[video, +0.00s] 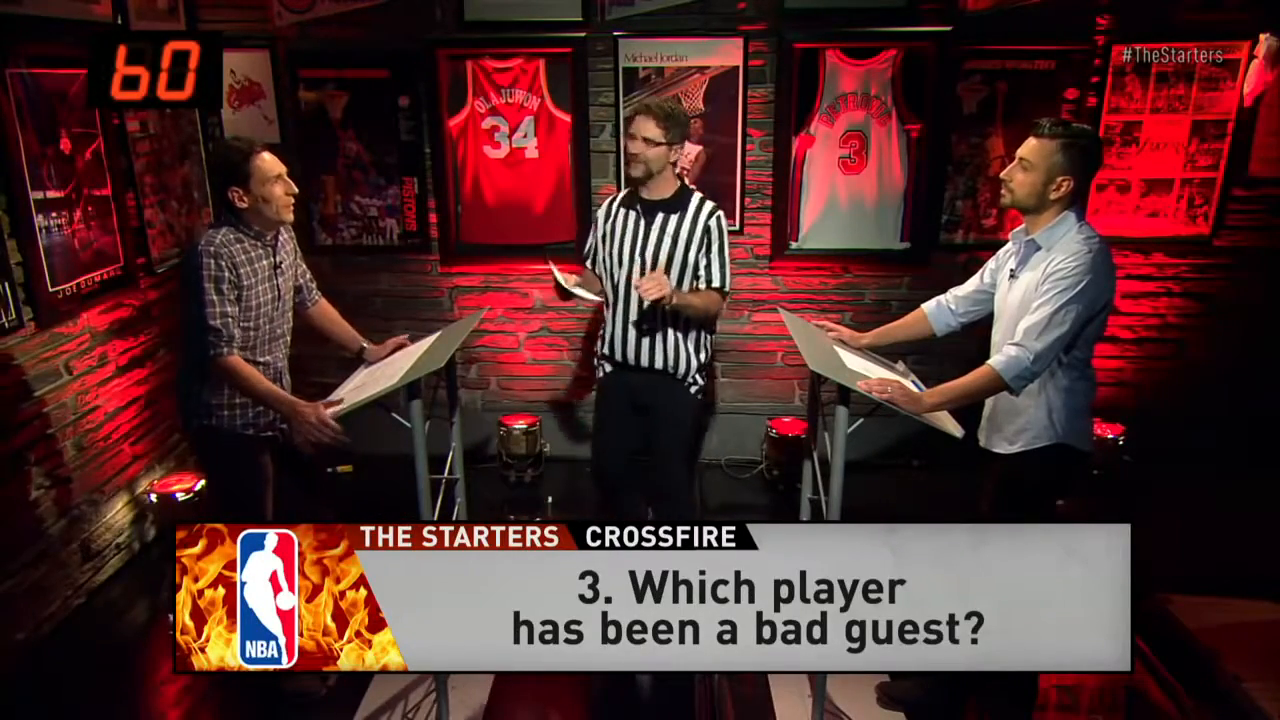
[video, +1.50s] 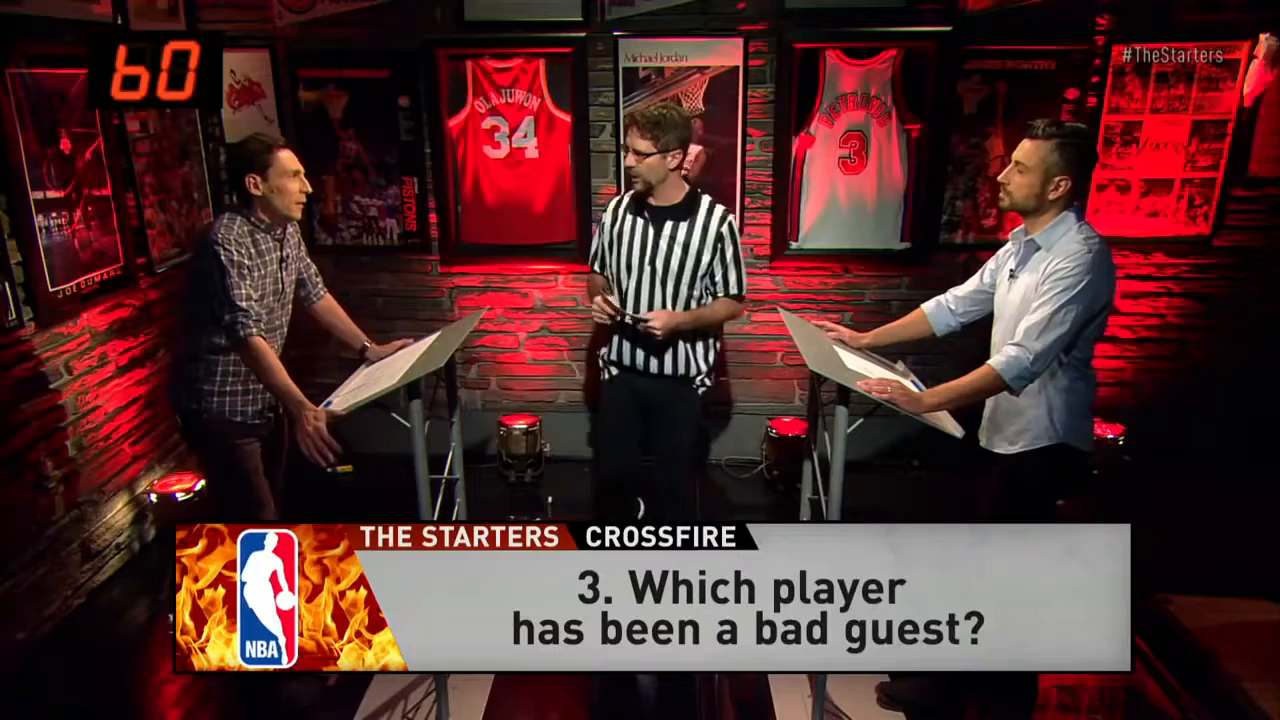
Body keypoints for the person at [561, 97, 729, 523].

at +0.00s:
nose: (633, 147)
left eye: (647, 141)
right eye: (630, 137)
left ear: (675, 151)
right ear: (624, 140)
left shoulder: (706, 217)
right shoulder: (611, 209)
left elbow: (713, 304)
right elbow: (599, 282)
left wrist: (675, 297)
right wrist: (580, 284)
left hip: (677, 383)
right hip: (617, 375)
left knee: (671, 491)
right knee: (610, 482)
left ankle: (675, 572)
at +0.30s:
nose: (688, 152)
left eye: (689, 142)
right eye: (675, 144)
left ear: (692, 145)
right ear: (643, 153)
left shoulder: (712, 214)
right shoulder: (606, 215)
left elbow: (729, 298)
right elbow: (580, 281)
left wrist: (716, 278)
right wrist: (592, 299)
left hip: (684, 377)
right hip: (622, 376)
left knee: (675, 489)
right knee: (613, 487)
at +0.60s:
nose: (703, 152)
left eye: (703, 143)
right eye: (693, 145)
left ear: (689, 154)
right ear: (657, 154)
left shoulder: (709, 212)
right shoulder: (617, 219)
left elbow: (727, 286)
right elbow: (584, 293)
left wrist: (775, 260)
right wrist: (623, 308)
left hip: (691, 384)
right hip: (633, 388)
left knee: (679, 505)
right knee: (632, 504)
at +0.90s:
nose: (699, 155)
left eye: (701, 144)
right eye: (686, 146)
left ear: (702, 148)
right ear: (654, 153)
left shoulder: (716, 212)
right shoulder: (621, 218)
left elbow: (721, 282)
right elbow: (588, 292)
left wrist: (730, 297)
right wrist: (633, 311)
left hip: (691, 378)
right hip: (633, 382)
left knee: (680, 488)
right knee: (640, 487)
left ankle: (671, 577)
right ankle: (590, 515)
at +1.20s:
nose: (637, 162)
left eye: (650, 155)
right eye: (636, 152)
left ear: (689, 159)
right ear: (639, 151)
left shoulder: (722, 218)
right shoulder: (618, 210)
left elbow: (736, 297)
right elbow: (589, 280)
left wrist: (708, 316)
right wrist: (612, 303)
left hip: (689, 385)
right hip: (625, 381)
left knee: (678, 492)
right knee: (621, 489)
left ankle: (673, 586)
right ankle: (617, 584)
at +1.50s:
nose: (628, 162)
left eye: (638, 154)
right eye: (627, 152)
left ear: (675, 158)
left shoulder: (717, 222)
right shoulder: (616, 211)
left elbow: (732, 303)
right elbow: (599, 275)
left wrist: (679, 321)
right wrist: (600, 300)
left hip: (682, 385)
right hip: (620, 380)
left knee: (675, 493)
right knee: (612, 487)